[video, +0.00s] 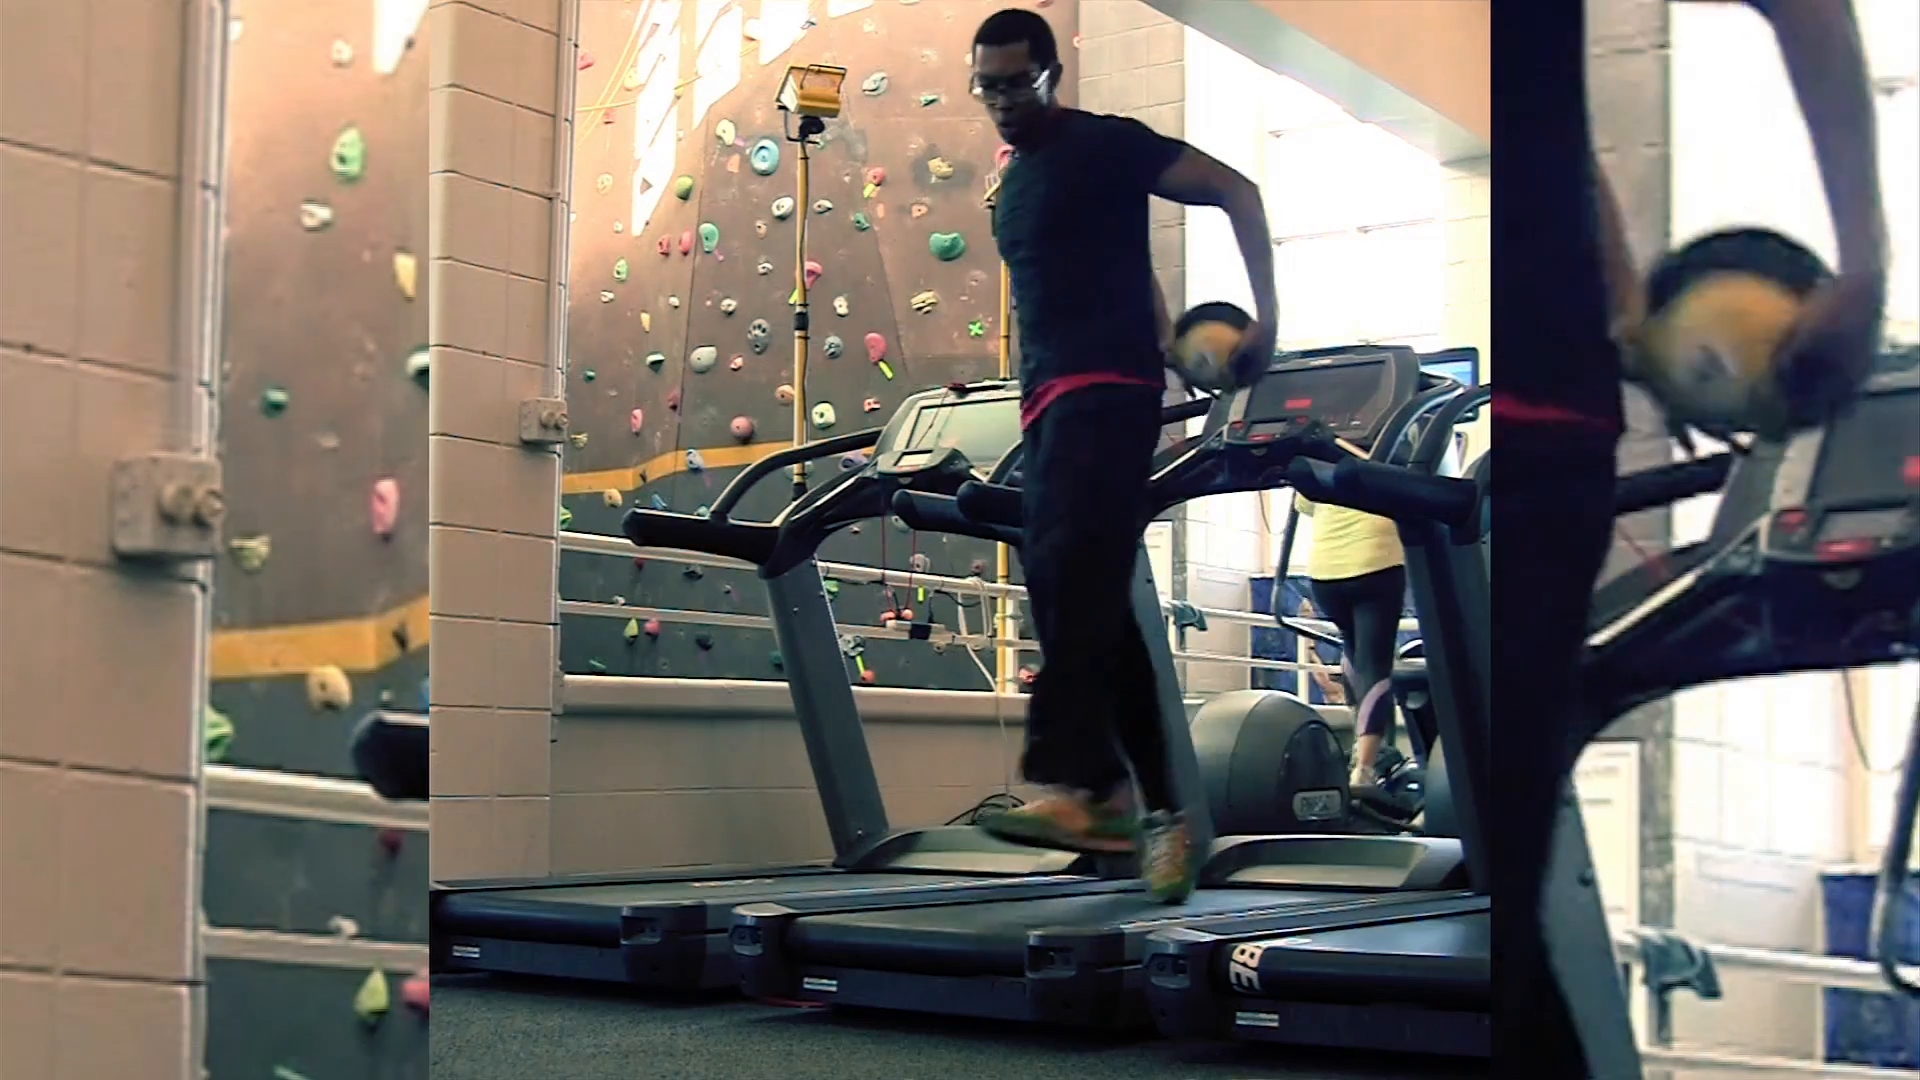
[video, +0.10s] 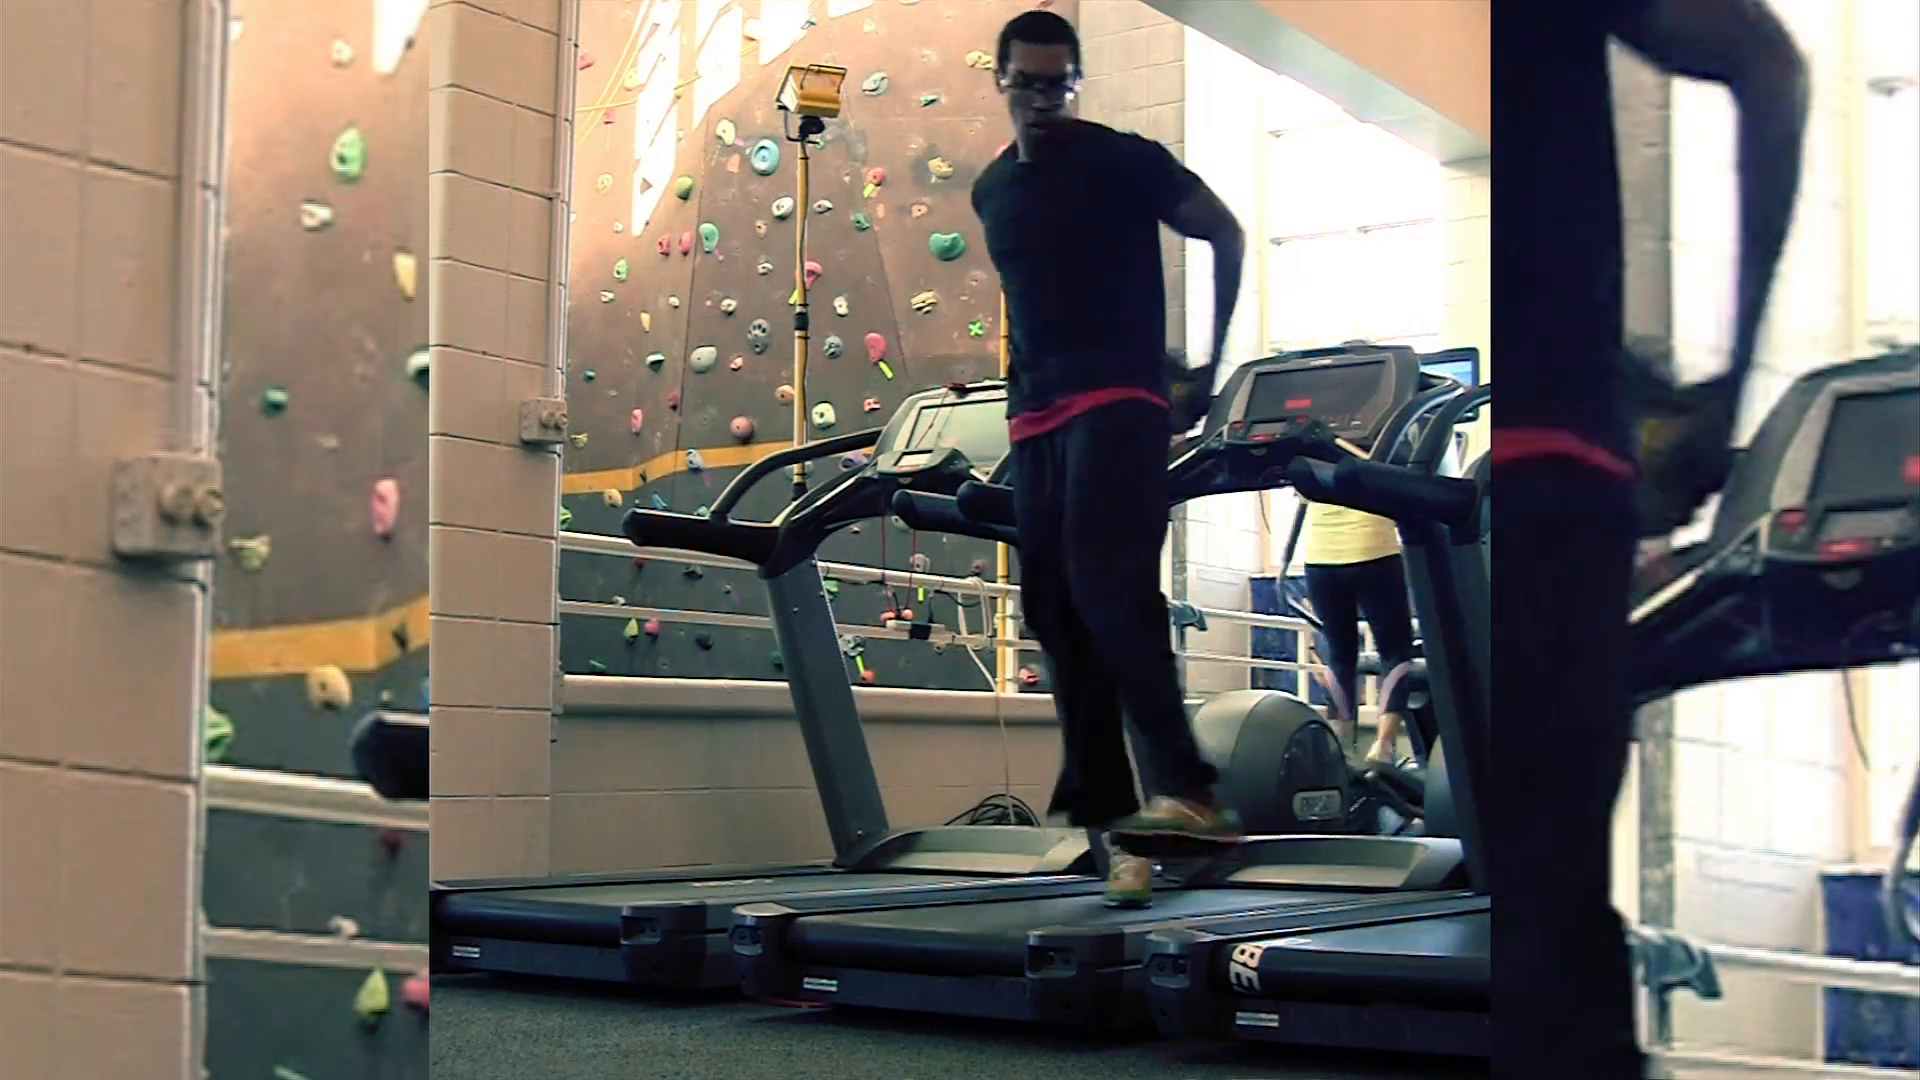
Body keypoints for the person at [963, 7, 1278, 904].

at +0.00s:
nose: (1005, 101)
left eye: (1019, 83)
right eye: (990, 88)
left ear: (1053, 73)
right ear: (976, 89)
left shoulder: (1102, 141)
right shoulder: (1012, 178)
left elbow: (1236, 192)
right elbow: (1113, 264)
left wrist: (1264, 316)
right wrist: (1168, 347)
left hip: (1107, 389)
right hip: (1051, 401)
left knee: (1070, 577)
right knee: (1089, 602)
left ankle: (1080, 792)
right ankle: (1171, 812)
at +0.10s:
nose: (1047, 98)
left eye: (1060, 83)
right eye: (1030, 83)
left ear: (1078, 82)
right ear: (1000, 84)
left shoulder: (1124, 158)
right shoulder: (991, 190)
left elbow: (1227, 239)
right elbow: (1022, 292)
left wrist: (1211, 369)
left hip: (1120, 396)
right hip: (1037, 413)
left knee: (1111, 582)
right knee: (1052, 607)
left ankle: (1186, 795)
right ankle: (1102, 816)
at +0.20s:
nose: (1090, 104)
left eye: (1102, 90)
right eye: (1075, 87)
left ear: (1112, 91)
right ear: (1033, 83)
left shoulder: (1144, 181)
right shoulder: (986, 189)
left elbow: (1184, 290)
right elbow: (978, 275)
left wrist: (1144, 368)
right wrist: (963, 365)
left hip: (1128, 439)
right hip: (1034, 447)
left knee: (1163, 634)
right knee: (1047, 660)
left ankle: (1268, 807)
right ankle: (1090, 843)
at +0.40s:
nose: (1173, 124)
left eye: (1178, 110)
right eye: (1165, 103)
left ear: (1133, 100)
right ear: (1113, 88)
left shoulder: (1140, 210)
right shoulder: (1009, 161)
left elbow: (1107, 328)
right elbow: (896, 242)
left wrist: (1135, 419)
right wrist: (904, 327)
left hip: (1128, 450)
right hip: (1029, 446)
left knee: (1196, 626)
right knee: (1000, 641)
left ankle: (1193, 816)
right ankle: (991, 844)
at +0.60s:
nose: (1166, 180)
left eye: (1169, 169)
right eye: (1163, 164)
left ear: (1100, 143)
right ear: (1130, 142)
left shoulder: (1034, 221)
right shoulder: (1102, 181)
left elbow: (1050, 385)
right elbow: (1172, 259)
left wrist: (1131, 474)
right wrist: (1260, 286)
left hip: (1036, 453)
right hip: (1067, 449)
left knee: (1135, 653)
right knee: (1068, 638)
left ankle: (1068, 858)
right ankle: (909, 820)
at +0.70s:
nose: (1177, 202)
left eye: (1180, 193)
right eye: (1176, 188)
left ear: (1107, 161)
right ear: (1144, 164)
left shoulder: (1027, 230)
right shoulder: (1120, 197)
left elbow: (1040, 394)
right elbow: (1242, 270)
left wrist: (1150, 472)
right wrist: (1283, 327)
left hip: (997, 478)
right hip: (1064, 471)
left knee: (1040, 675)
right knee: (1110, 666)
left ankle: (1038, 860)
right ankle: (979, 823)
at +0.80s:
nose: (1197, 200)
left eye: (1201, 187)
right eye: (1192, 181)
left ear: (1132, 161)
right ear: (1146, 157)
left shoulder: (1042, 237)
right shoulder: (1117, 195)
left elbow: (1063, 397)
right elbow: (1175, 254)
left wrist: (1156, 486)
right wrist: (1279, 324)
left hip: (997, 481)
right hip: (1078, 474)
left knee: (1042, 685)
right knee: (1167, 653)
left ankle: (977, 857)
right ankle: (1103, 831)